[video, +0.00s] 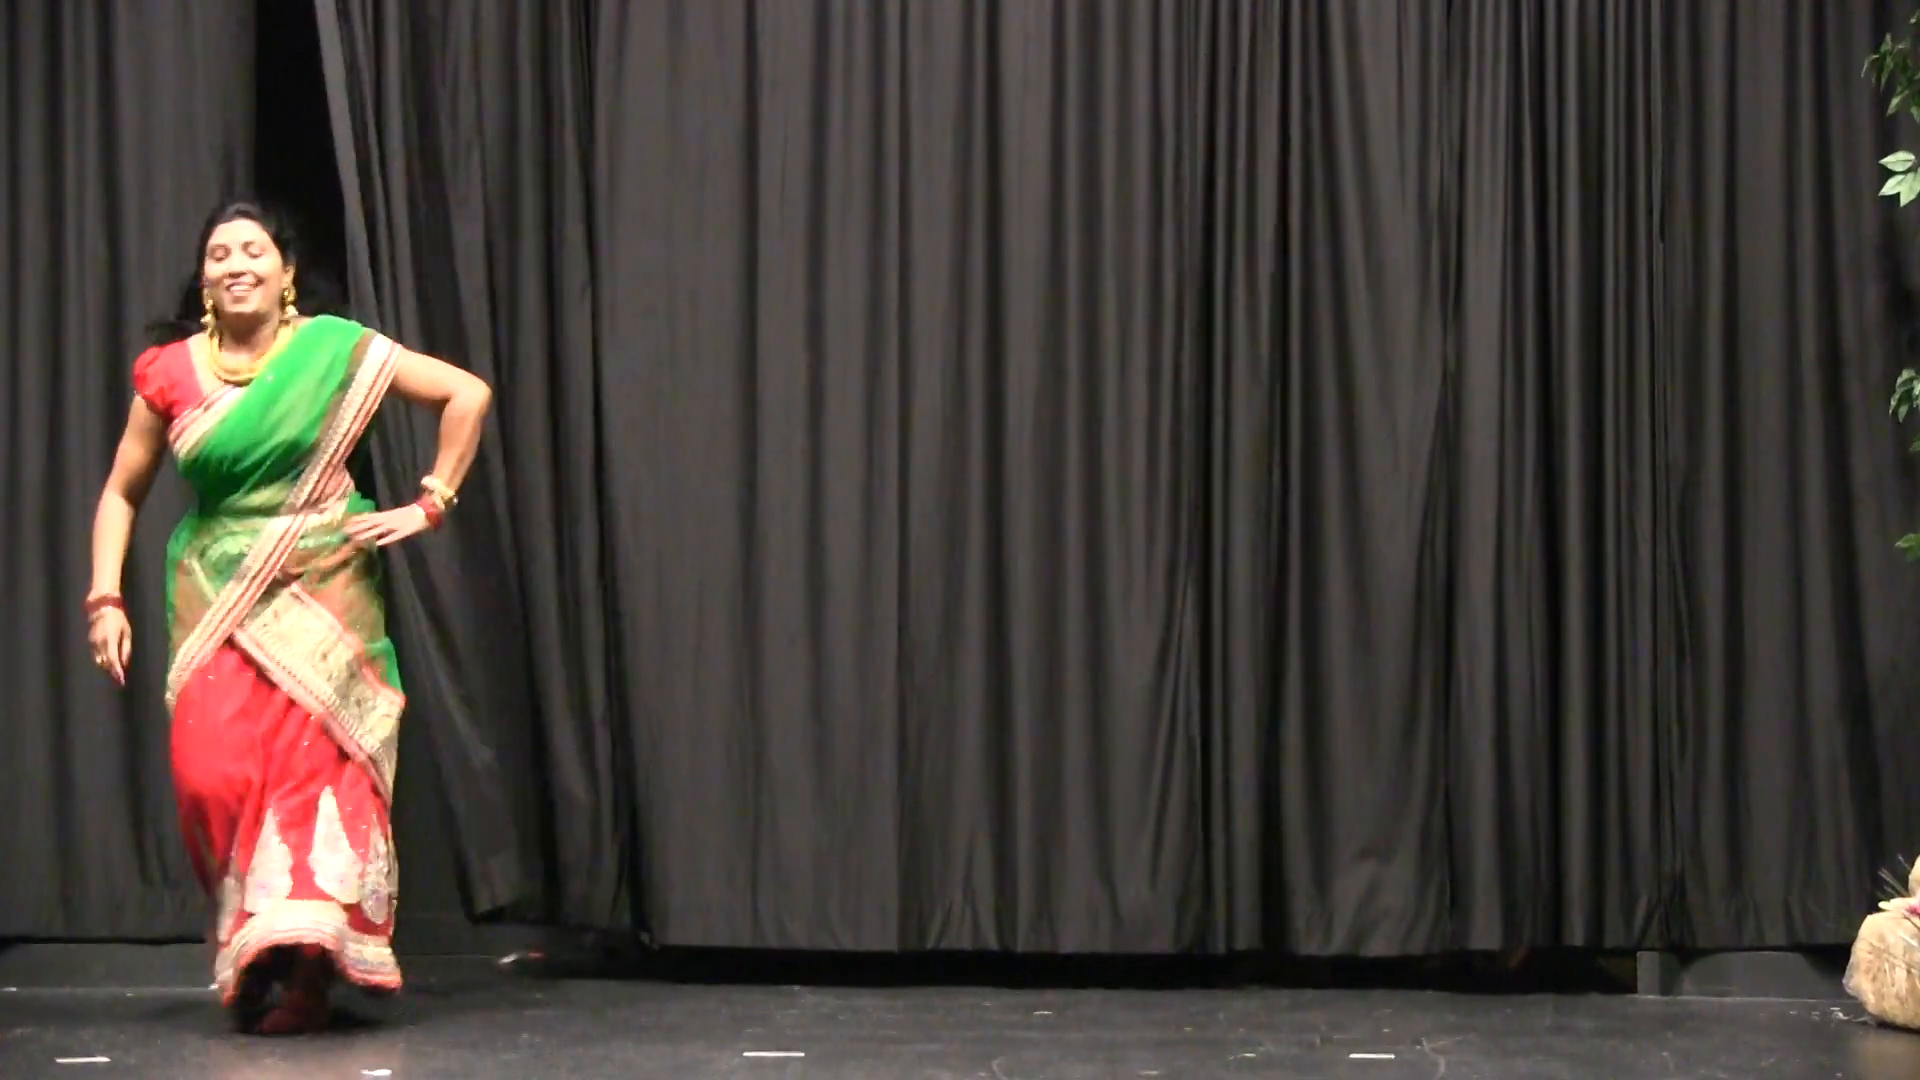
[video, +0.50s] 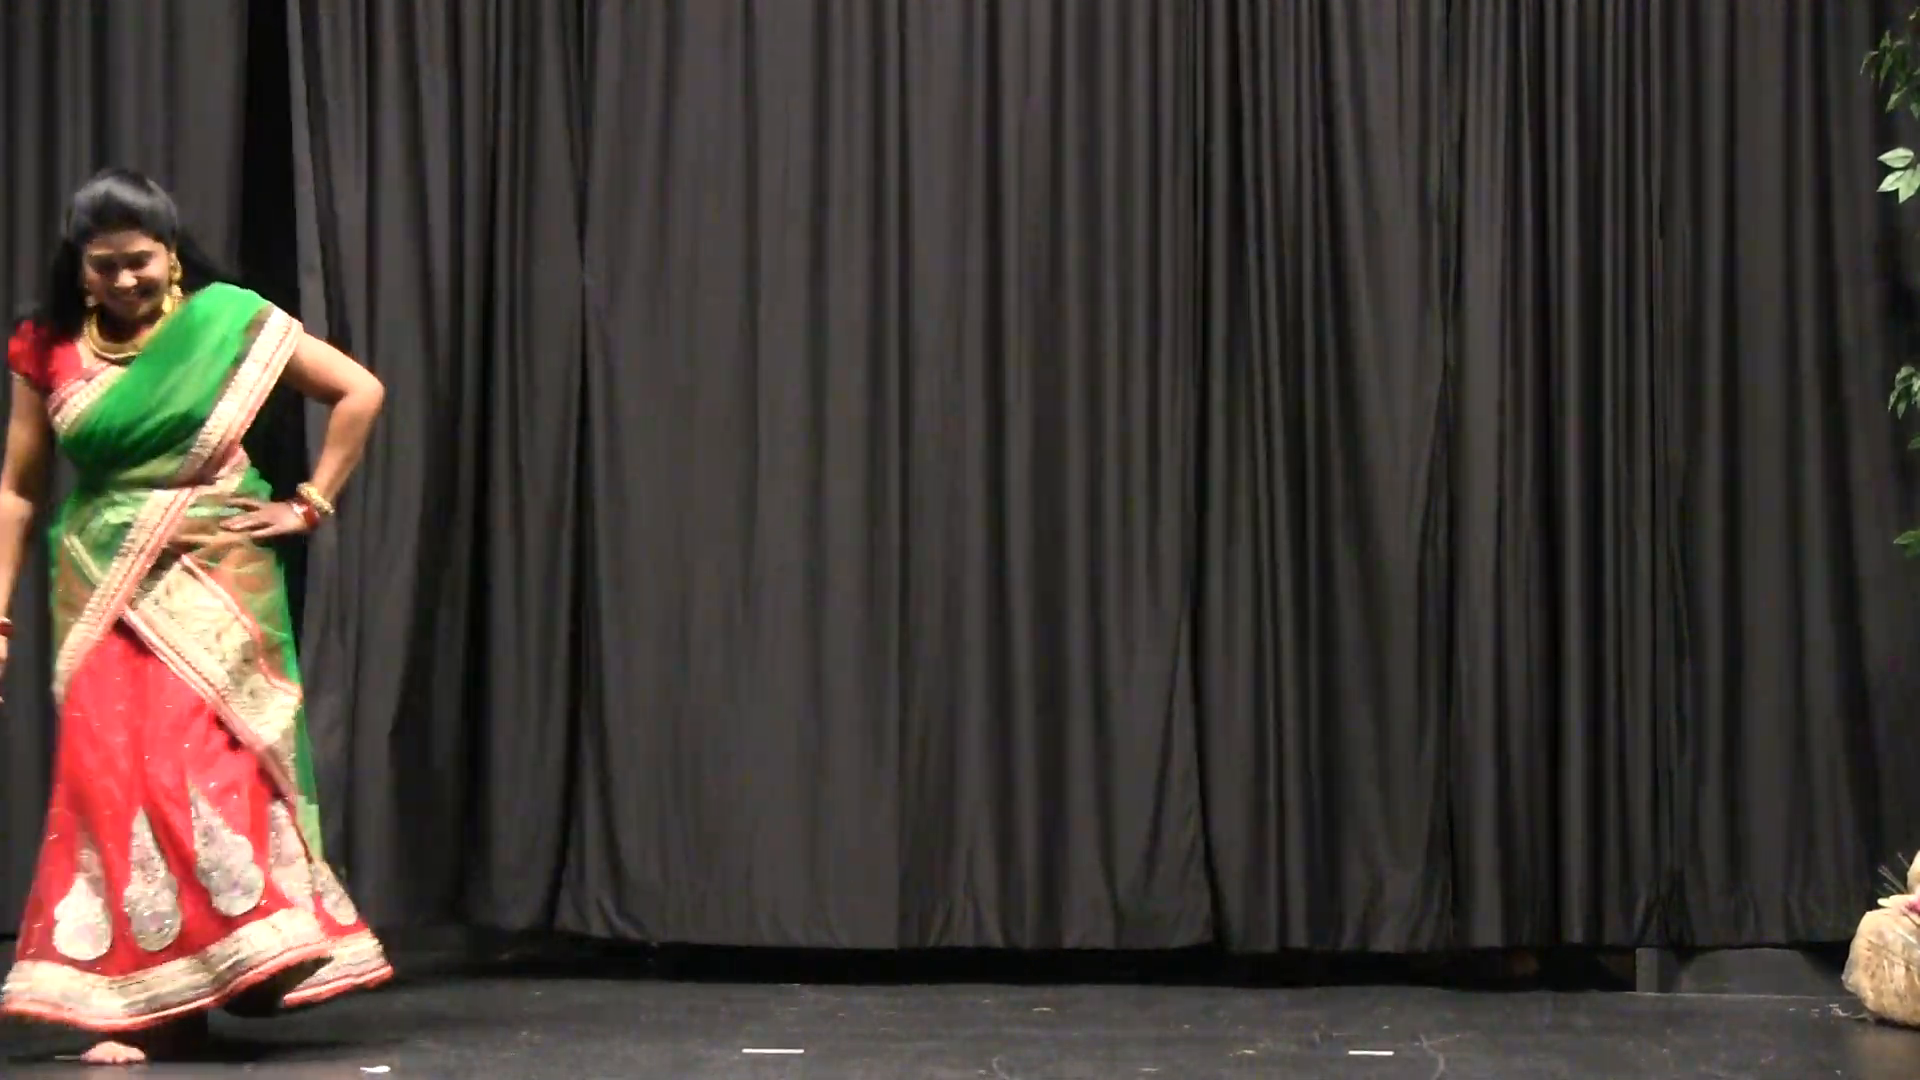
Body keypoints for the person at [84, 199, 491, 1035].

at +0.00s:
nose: (237, 264)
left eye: (254, 251)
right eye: (222, 253)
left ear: (286, 271)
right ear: (201, 278)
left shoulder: (335, 345)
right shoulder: (172, 371)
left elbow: (468, 392)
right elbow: (121, 491)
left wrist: (434, 500)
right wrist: (105, 597)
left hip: (324, 574)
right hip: (218, 580)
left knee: (313, 762)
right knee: (210, 773)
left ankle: (301, 963)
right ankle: (255, 944)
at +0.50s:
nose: (128, 281)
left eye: (143, 263)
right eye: (108, 266)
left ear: (175, 257)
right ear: (80, 267)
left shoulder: (224, 318)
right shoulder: (49, 352)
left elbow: (359, 391)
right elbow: (18, 488)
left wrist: (315, 499)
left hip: (215, 574)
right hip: (102, 581)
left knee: (192, 772)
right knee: (101, 776)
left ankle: (187, 988)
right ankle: (126, 1011)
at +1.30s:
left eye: (5, 165)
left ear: (25, 181)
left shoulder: (69, 268)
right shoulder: (70, 269)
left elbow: (206, 369)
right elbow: (207, 368)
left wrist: (160, 487)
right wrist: (161, 487)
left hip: (47, 560)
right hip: (34, 565)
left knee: (55, 783)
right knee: (54, 785)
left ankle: (138, 1046)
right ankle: (135, 1042)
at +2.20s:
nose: (244, 190)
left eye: (239, 173)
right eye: (227, 177)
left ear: (215, 187)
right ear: (178, 197)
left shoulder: (265, 259)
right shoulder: (126, 320)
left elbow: (363, 321)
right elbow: (129, 492)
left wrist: (373, 431)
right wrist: (155, 632)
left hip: (331, 541)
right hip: (223, 571)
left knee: (359, 761)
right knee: (228, 784)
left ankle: (376, 1020)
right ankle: (197, 1020)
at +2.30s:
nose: (276, 186)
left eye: (273, 170)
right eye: (262, 172)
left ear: (234, 187)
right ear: (215, 189)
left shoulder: (279, 260)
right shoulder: (158, 317)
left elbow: (363, 324)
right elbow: (153, 484)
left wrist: (372, 430)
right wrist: (175, 626)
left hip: (343, 541)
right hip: (243, 567)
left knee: (377, 761)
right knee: (257, 778)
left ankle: (387, 1001)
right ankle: (234, 1014)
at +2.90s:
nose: (317, 176)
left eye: (313, 158)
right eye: (301, 161)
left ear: (288, 174)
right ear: (246, 180)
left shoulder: (328, 256)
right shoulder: (183, 306)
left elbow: (408, 342)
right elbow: (173, 462)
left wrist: (398, 446)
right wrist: (183, 605)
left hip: (357, 545)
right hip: (248, 565)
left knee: (388, 759)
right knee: (250, 774)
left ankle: (400, 1007)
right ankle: (225, 1005)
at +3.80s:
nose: (298, 208)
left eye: (297, 193)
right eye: (277, 196)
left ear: (297, 203)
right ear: (225, 217)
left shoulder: (352, 286)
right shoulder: (183, 327)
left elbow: (461, 371)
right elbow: (167, 476)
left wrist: (437, 481)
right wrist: (169, 612)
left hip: (361, 551)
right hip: (246, 565)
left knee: (396, 753)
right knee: (262, 772)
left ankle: (449, 978)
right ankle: (277, 992)